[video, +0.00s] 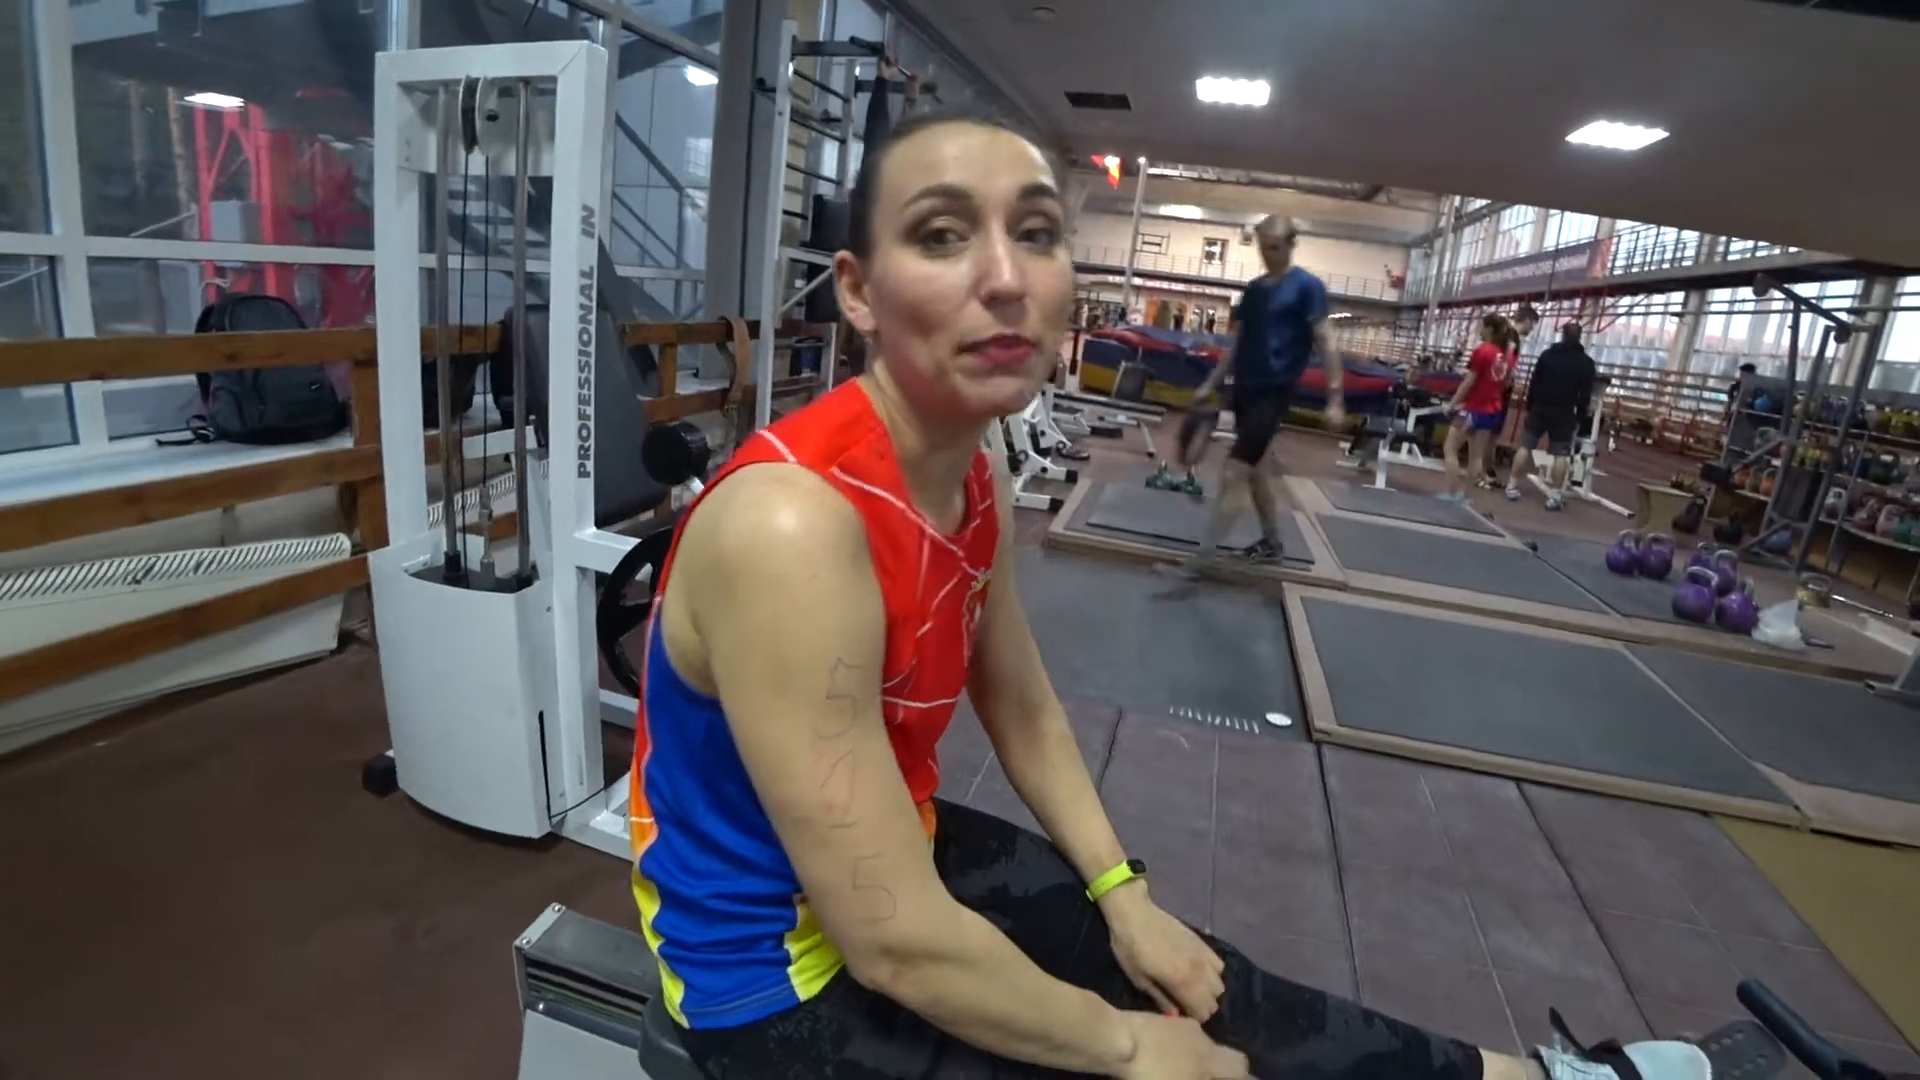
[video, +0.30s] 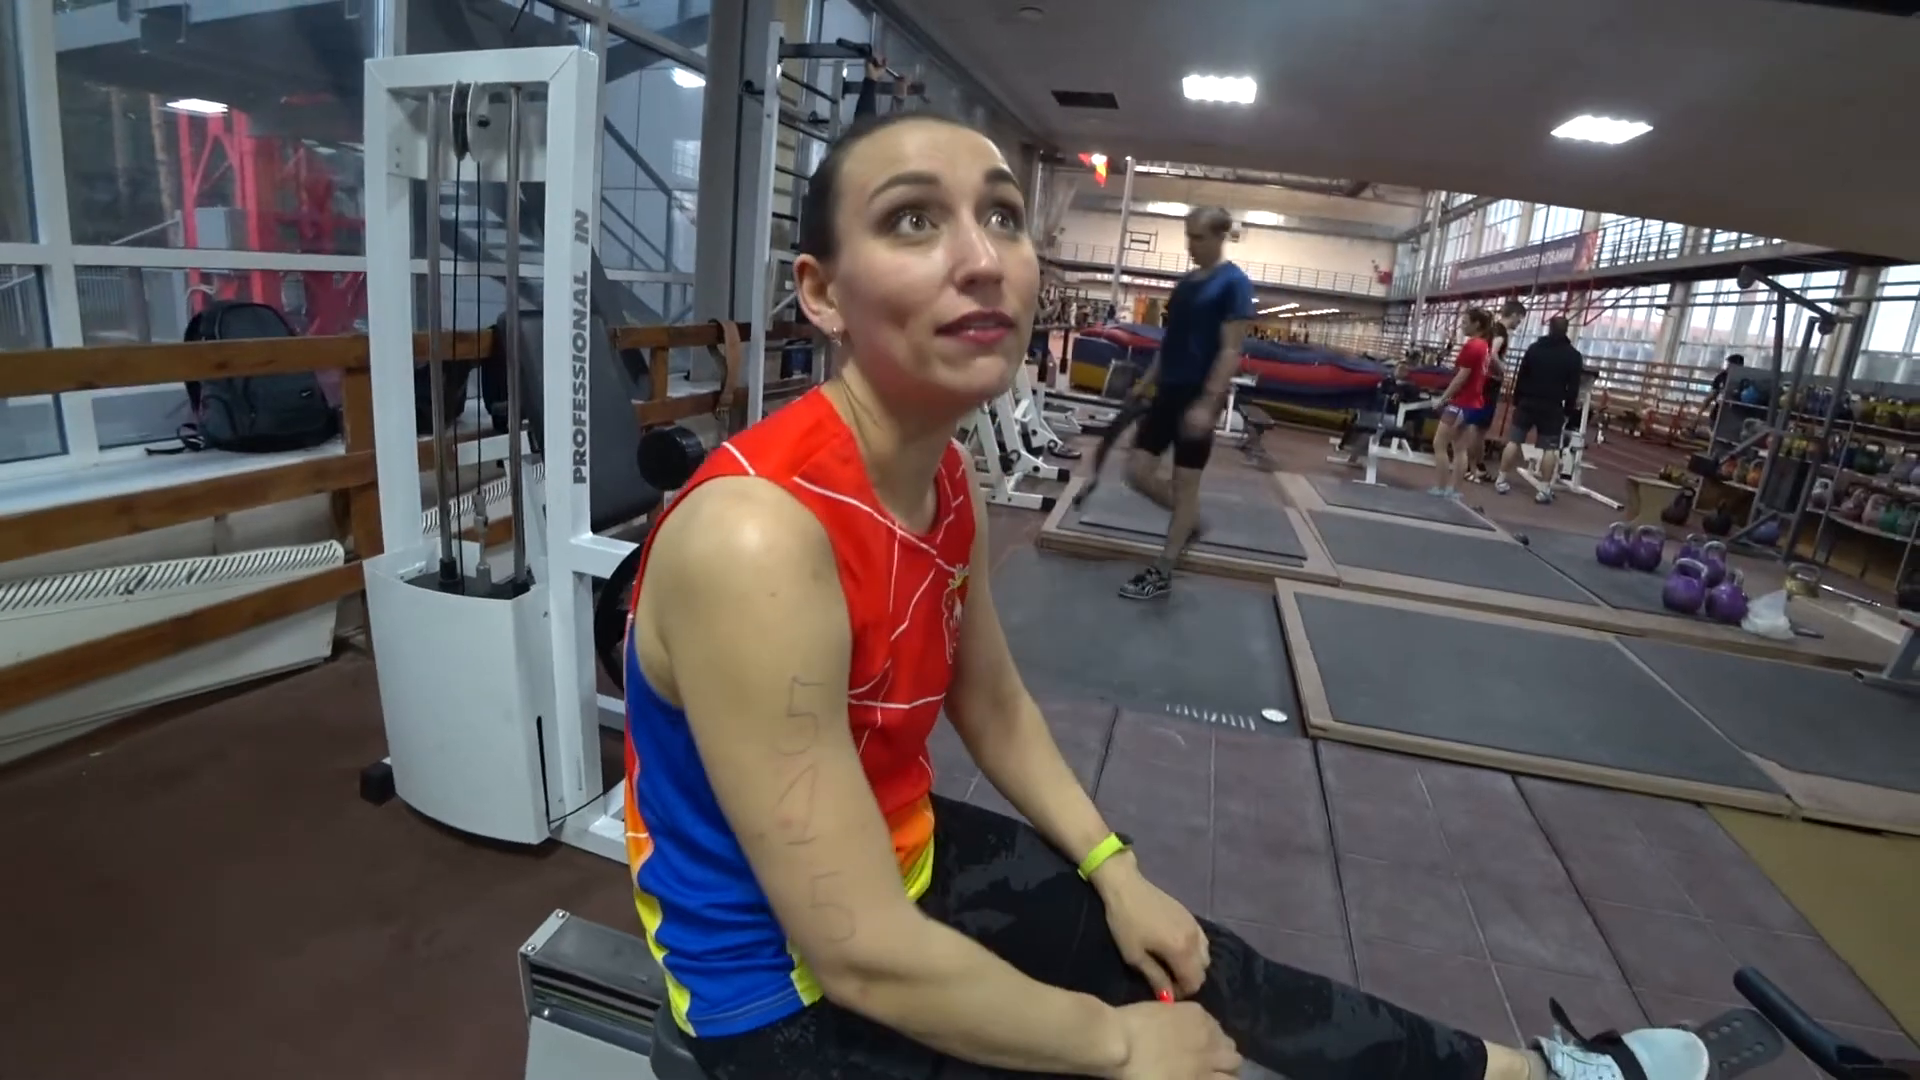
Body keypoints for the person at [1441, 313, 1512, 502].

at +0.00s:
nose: (1479, 331)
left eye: (1482, 327)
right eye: (1481, 327)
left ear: (1489, 329)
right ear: (1498, 331)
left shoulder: (1482, 351)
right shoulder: (1504, 353)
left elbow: (1469, 380)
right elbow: (1505, 382)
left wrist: (1453, 402)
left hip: (1472, 408)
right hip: (1491, 409)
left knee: (1450, 446)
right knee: (1476, 455)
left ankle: (1452, 491)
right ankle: (1466, 494)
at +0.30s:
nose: (1462, 325)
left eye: (1466, 322)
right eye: (1463, 321)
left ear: (1477, 324)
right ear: (1479, 325)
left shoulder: (1472, 346)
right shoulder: (1484, 346)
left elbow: (1462, 375)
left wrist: (1444, 398)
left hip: (1460, 402)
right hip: (1473, 403)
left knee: (1439, 442)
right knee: (1460, 447)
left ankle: (1441, 487)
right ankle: (1454, 489)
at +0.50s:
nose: (1461, 320)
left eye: (1465, 317)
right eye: (1462, 316)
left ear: (1477, 319)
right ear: (1477, 319)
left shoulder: (1476, 342)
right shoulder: (1480, 341)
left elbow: (1468, 373)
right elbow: (1463, 372)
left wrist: (1451, 398)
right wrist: (1447, 390)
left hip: (1460, 399)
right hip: (1466, 399)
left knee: (1446, 444)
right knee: (1453, 444)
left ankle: (1444, 484)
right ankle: (1455, 484)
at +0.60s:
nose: (1463, 316)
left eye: (1466, 312)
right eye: (1463, 311)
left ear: (1478, 314)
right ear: (1473, 314)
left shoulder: (1481, 337)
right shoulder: (1471, 335)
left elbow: (1476, 368)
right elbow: (1460, 367)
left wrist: (1460, 395)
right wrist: (1444, 384)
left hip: (1464, 396)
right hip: (1456, 394)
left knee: (1449, 435)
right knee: (1449, 436)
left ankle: (1453, 480)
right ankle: (1451, 479)